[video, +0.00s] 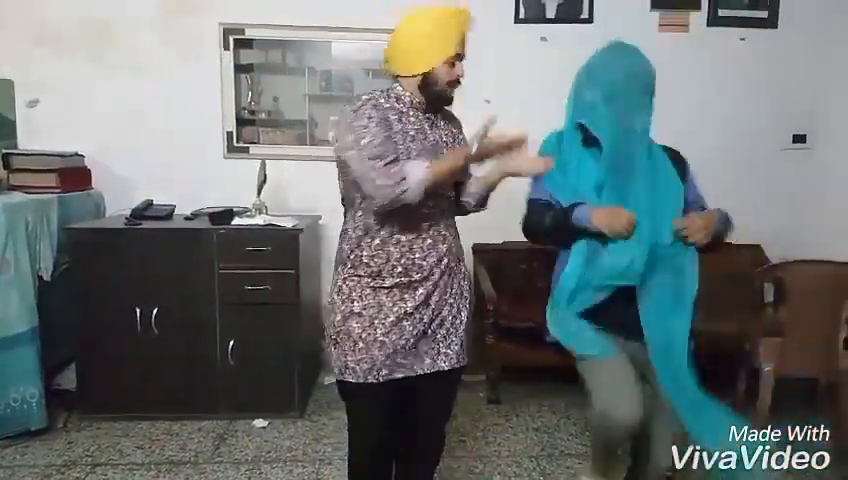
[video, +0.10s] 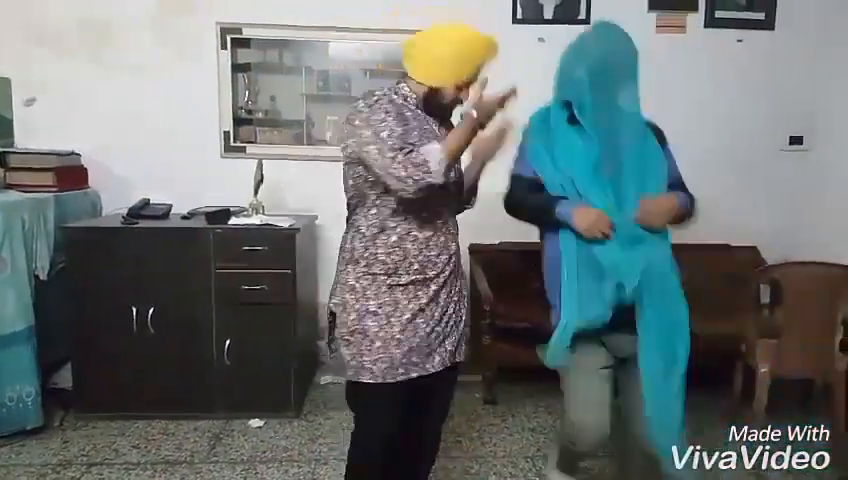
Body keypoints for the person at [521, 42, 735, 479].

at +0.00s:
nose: (619, 119)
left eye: (629, 106)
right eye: (608, 105)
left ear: (644, 104)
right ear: (589, 100)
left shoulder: (667, 163)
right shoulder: (563, 152)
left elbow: (706, 224)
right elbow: (535, 221)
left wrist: (716, 221)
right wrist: (589, 217)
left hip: (660, 323)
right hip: (590, 317)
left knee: (666, 444)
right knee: (621, 411)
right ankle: (606, 465)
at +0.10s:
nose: (607, 92)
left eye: (616, 81)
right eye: (598, 81)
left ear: (628, 78)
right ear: (577, 76)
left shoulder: (645, 134)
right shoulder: (547, 130)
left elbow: (685, 199)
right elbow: (517, 197)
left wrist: (672, 206)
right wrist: (569, 212)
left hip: (645, 306)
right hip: (579, 306)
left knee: (646, 436)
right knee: (588, 430)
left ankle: (638, 474)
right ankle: (567, 463)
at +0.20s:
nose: (583, 76)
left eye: (592, 65)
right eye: (573, 65)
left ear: (605, 63)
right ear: (556, 61)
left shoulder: (629, 111)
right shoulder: (528, 113)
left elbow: (667, 172)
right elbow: (500, 180)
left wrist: (633, 185)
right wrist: (539, 204)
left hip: (625, 272)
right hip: (558, 274)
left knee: (624, 396)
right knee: (571, 396)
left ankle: (624, 471)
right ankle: (547, 456)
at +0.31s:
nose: (564, 76)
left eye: (574, 65)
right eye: (554, 65)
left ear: (585, 62)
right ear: (535, 62)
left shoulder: (607, 106)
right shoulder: (509, 112)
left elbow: (654, 157)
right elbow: (475, 173)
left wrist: (609, 172)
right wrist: (508, 196)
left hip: (607, 262)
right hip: (540, 262)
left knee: (607, 378)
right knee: (543, 374)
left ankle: (604, 473)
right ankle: (538, 463)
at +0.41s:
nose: (533, 78)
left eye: (544, 68)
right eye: (525, 67)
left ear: (561, 65)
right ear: (511, 65)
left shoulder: (586, 106)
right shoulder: (492, 112)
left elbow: (632, 154)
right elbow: (460, 168)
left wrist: (584, 169)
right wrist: (485, 190)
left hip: (583, 253)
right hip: (521, 256)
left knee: (580, 355)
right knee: (533, 363)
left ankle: (570, 445)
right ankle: (536, 459)